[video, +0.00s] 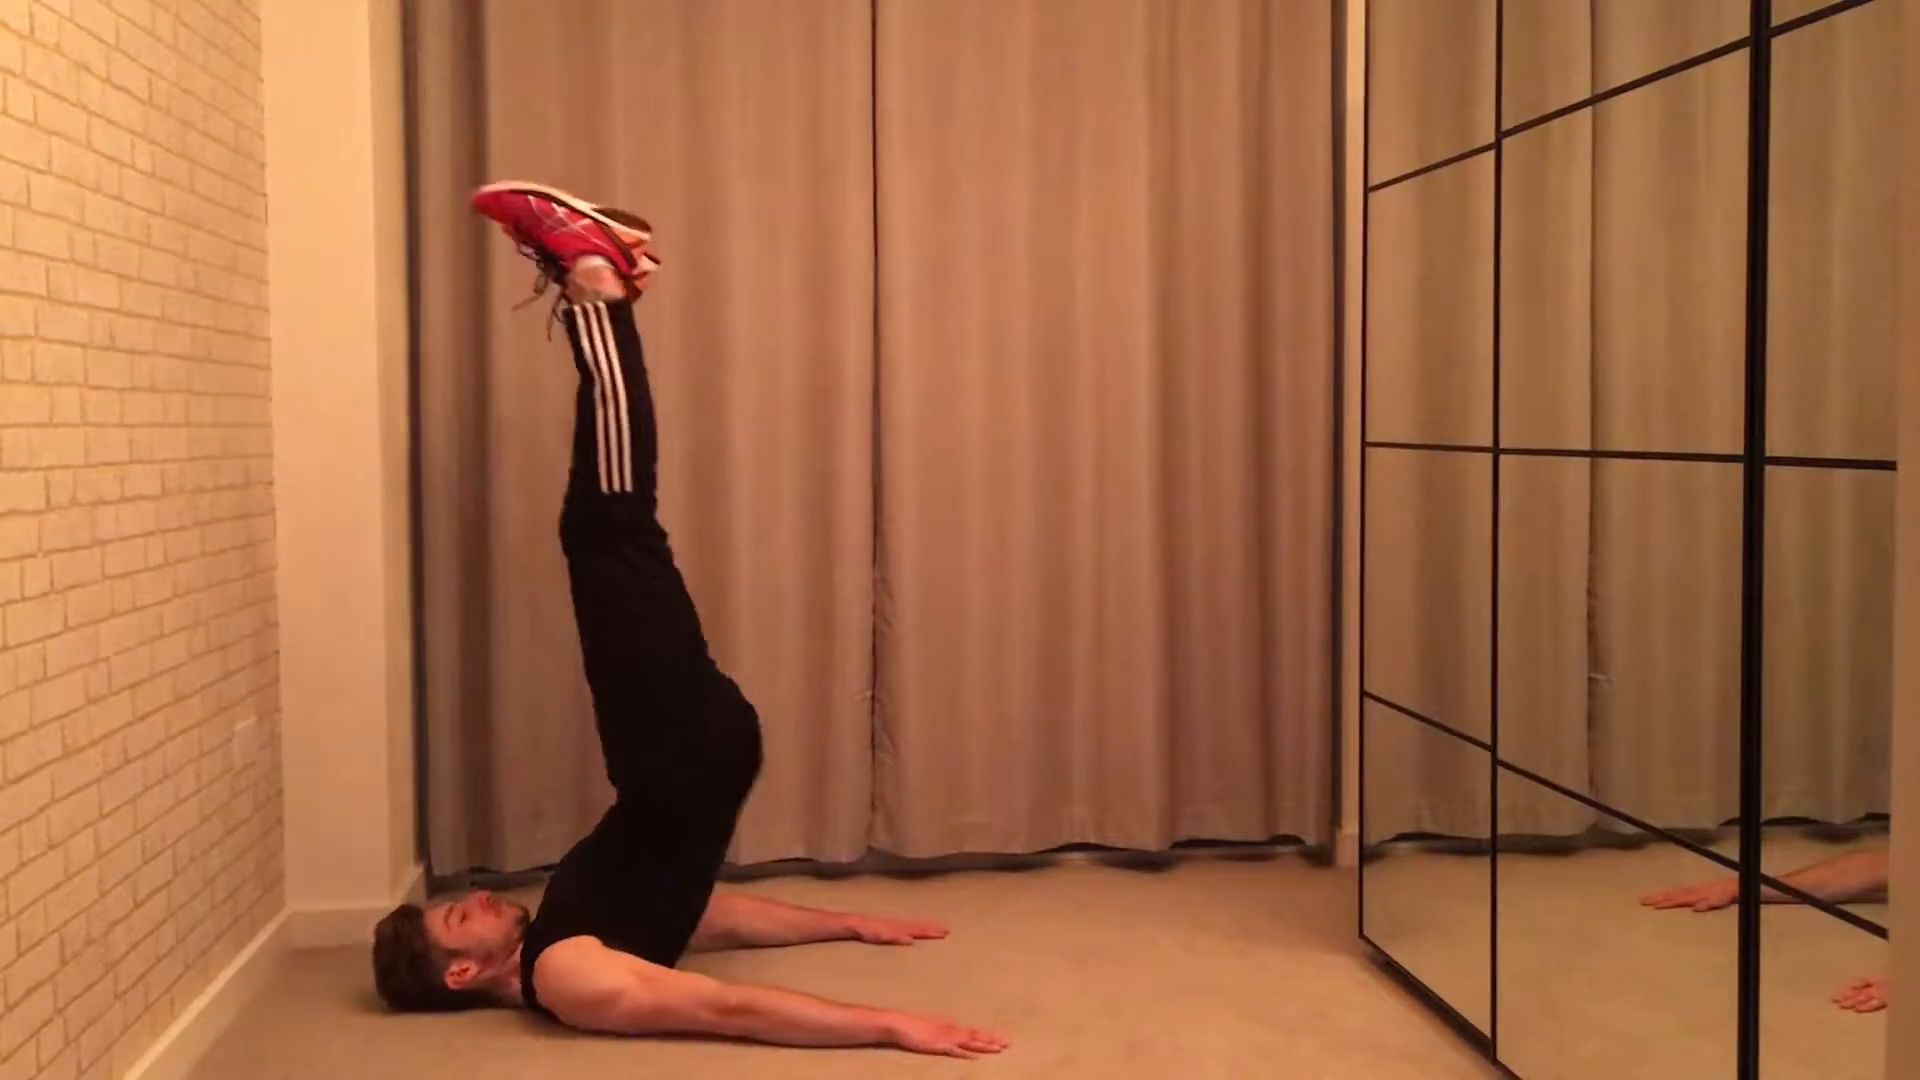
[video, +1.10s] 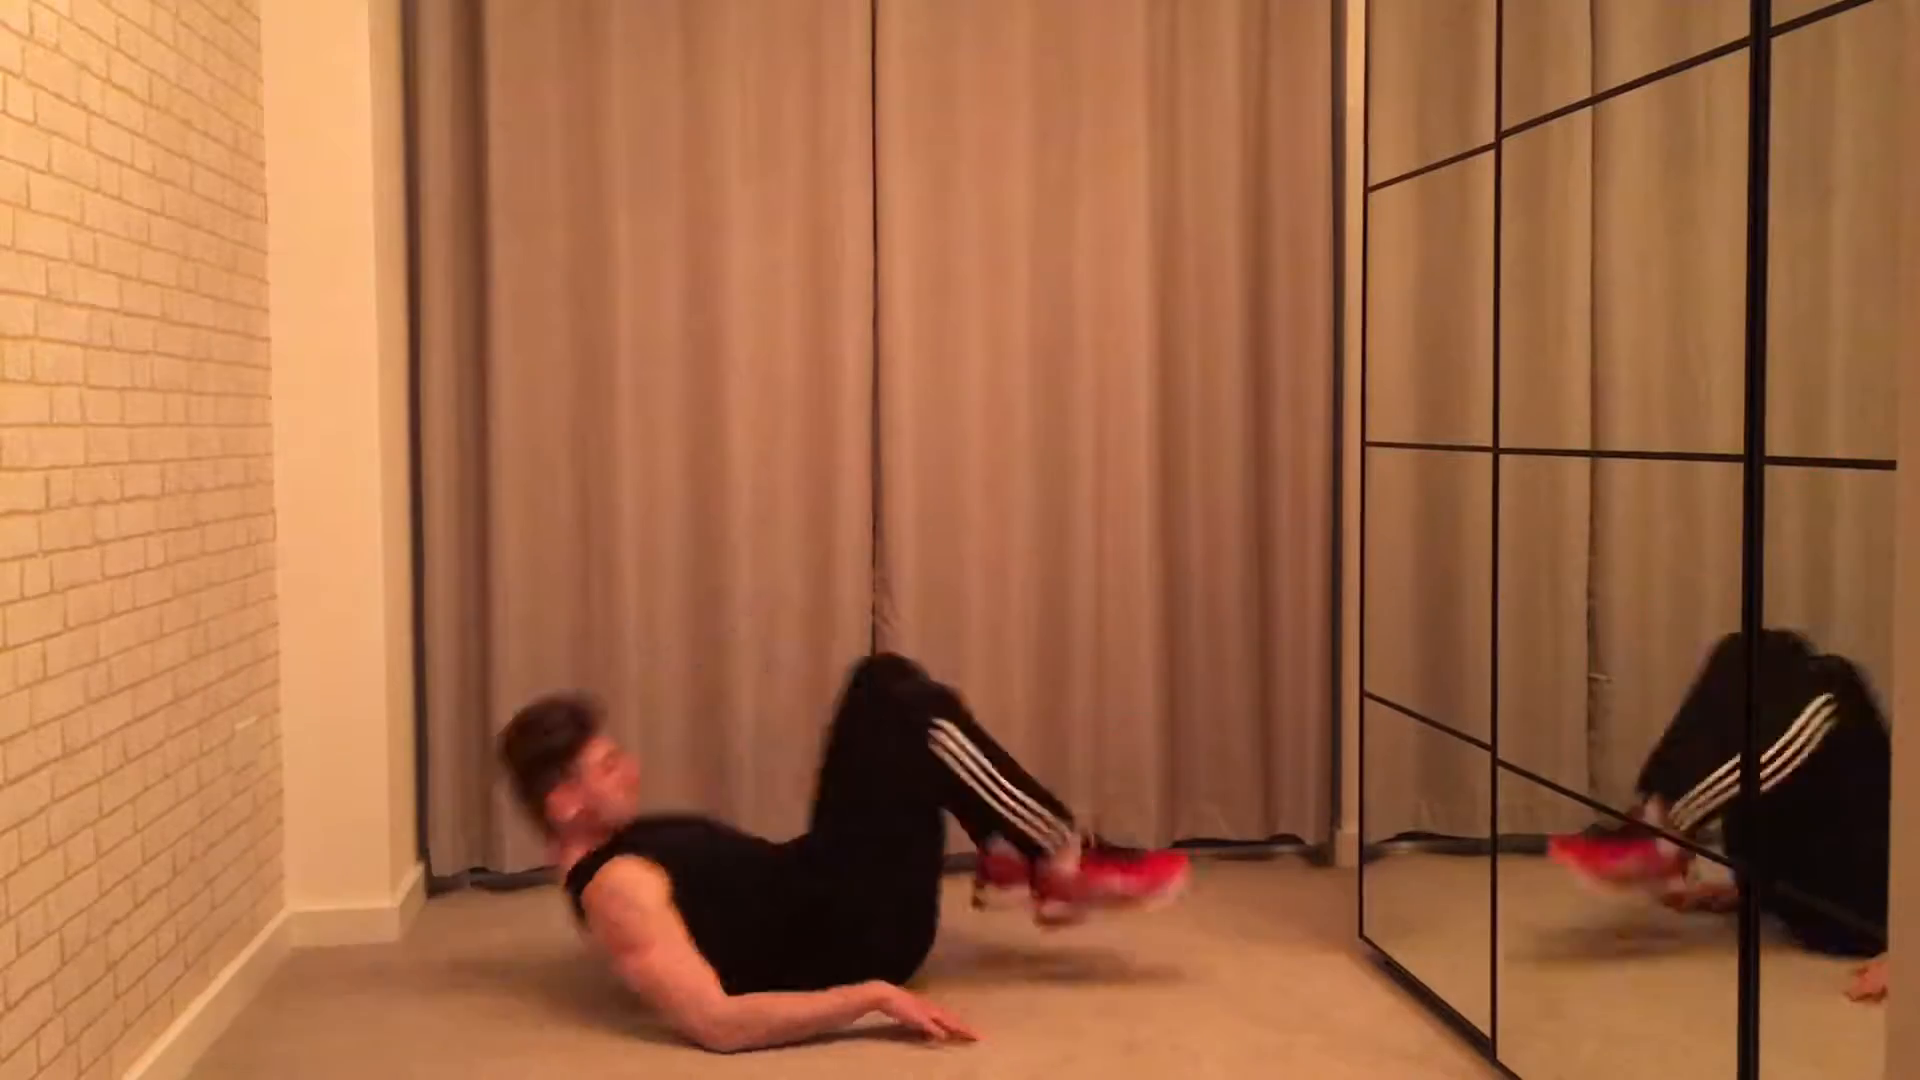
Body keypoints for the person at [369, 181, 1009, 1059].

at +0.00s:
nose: (479, 899)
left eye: (459, 900)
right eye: (460, 918)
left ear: (482, 907)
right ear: (468, 972)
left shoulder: (575, 939)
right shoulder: (568, 975)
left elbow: (724, 914)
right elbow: (728, 1012)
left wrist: (851, 925)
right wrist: (892, 1028)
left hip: (685, 762)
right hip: (696, 762)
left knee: (611, 531)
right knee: (607, 533)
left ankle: (596, 291)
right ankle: (591, 288)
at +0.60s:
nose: (470, 900)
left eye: (452, 903)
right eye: (452, 920)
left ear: (474, 906)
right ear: (463, 973)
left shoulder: (566, 936)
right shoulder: (560, 981)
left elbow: (712, 916)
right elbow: (719, 1014)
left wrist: (847, 926)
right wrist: (885, 1029)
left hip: (680, 772)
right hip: (701, 763)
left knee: (548, 544)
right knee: (547, 547)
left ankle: (615, 333)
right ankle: (616, 332)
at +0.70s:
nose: (464, 901)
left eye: (446, 903)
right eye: (449, 919)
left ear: (472, 943)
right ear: (460, 968)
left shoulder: (565, 941)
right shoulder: (559, 984)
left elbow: (712, 925)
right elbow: (721, 1019)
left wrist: (838, 922)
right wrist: (878, 1029)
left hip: (714, 775)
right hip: (731, 776)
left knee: (550, 606)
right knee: (543, 607)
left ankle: (668, 418)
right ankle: (673, 423)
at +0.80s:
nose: (458, 896)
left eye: (437, 898)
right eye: (439, 913)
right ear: (451, 969)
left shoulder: (552, 941)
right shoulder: (560, 983)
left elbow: (708, 922)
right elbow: (723, 1016)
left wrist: (838, 920)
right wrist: (879, 1022)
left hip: (749, 825)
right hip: (769, 829)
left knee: (581, 673)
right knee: (579, 680)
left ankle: (723, 512)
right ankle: (746, 533)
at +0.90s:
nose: (464, 880)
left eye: (443, 883)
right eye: (446, 897)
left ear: (463, 936)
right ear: (457, 953)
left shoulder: (555, 933)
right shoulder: (564, 973)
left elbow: (704, 913)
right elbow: (717, 1019)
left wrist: (838, 917)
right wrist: (879, 1015)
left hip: (787, 879)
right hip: (802, 888)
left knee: (650, 699)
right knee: (653, 710)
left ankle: (841, 599)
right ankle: (858, 631)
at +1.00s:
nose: (528, 827)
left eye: (511, 818)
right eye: (503, 834)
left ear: (508, 872)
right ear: (491, 890)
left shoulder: (583, 896)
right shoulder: (576, 941)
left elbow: (728, 909)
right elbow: (720, 1019)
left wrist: (871, 923)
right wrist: (876, 1010)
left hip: (811, 914)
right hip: (827, 942)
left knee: (762, 691)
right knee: (765, 700)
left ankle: (985, 735)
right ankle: (998, 750)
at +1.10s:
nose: (627, 770)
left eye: (615, 755)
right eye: (604, 765)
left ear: (570, 798)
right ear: (562, 803)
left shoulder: (622, 854)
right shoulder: (620, 887)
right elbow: (714, 1023)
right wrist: (870, 1001)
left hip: (837, 911)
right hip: (863, 940)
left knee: (883, 682)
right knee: (906, 706)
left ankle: (1011, 853)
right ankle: (1075, 862)